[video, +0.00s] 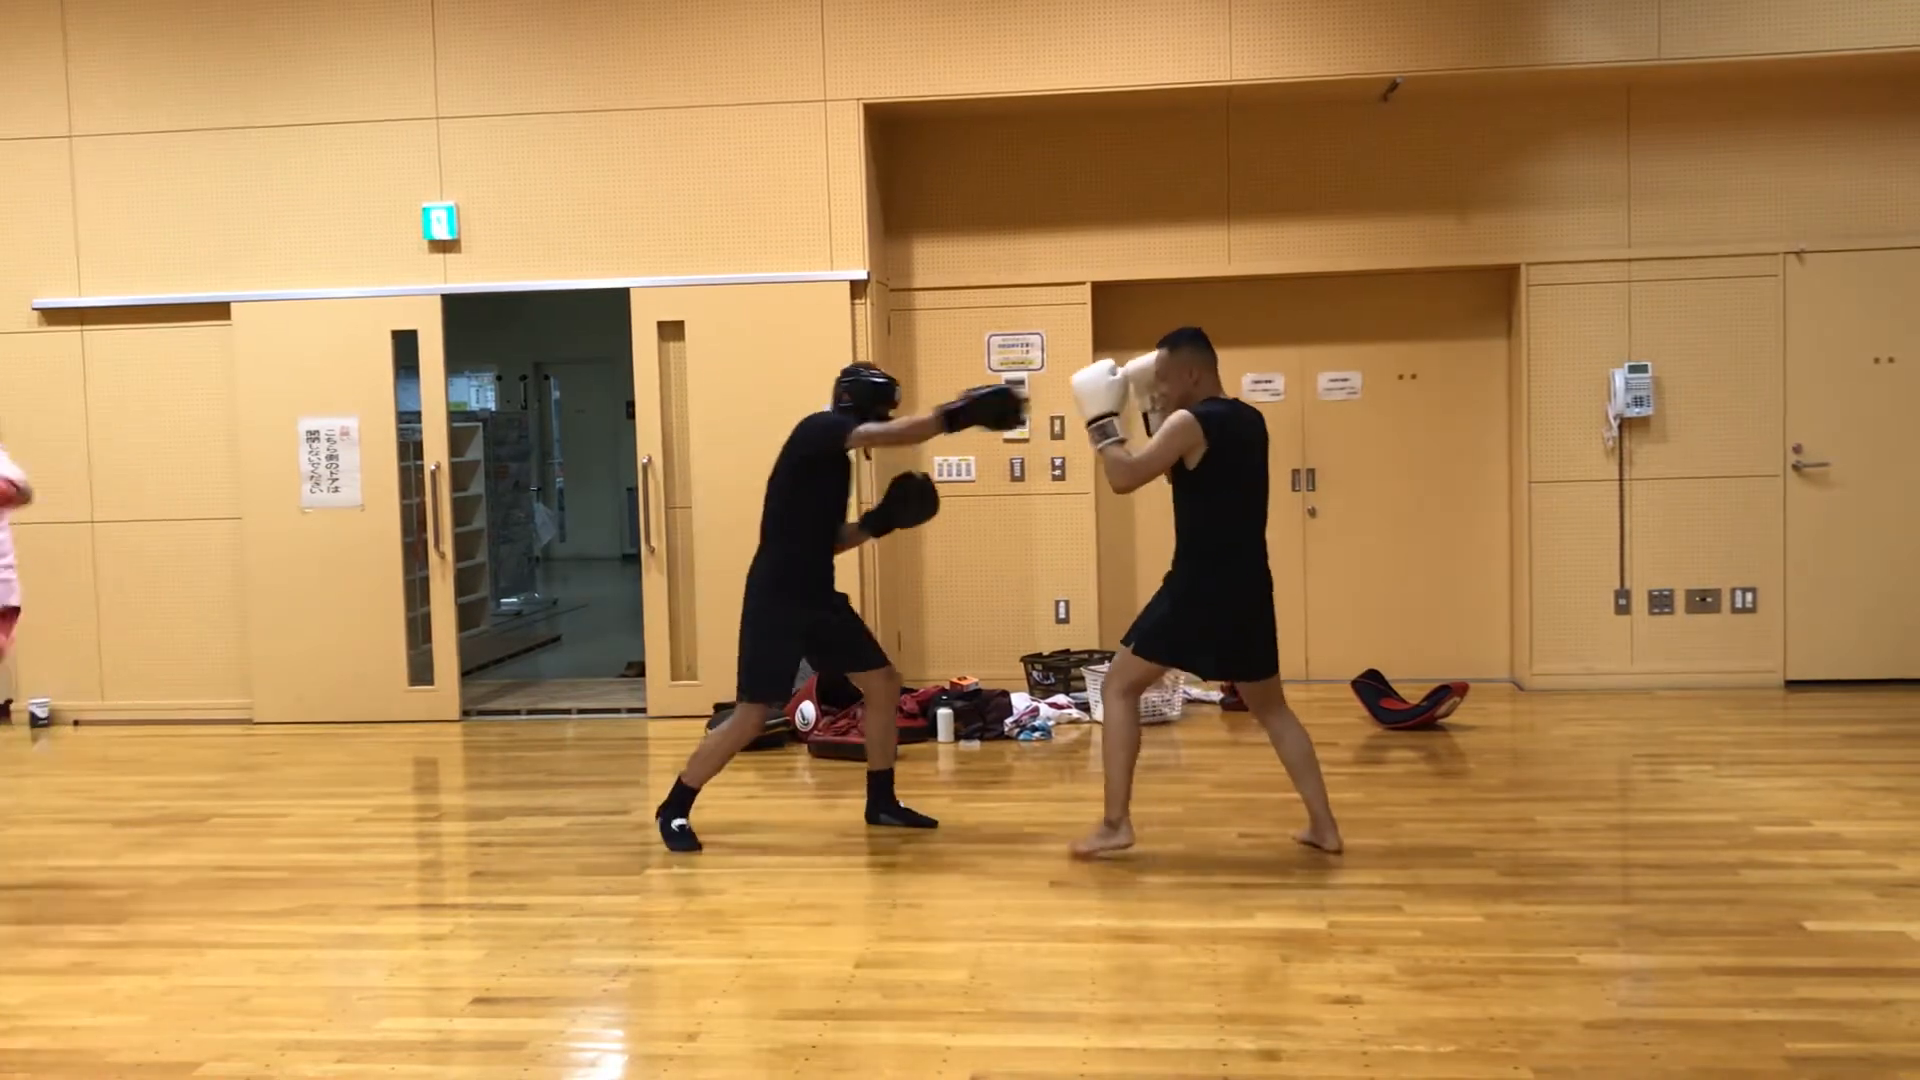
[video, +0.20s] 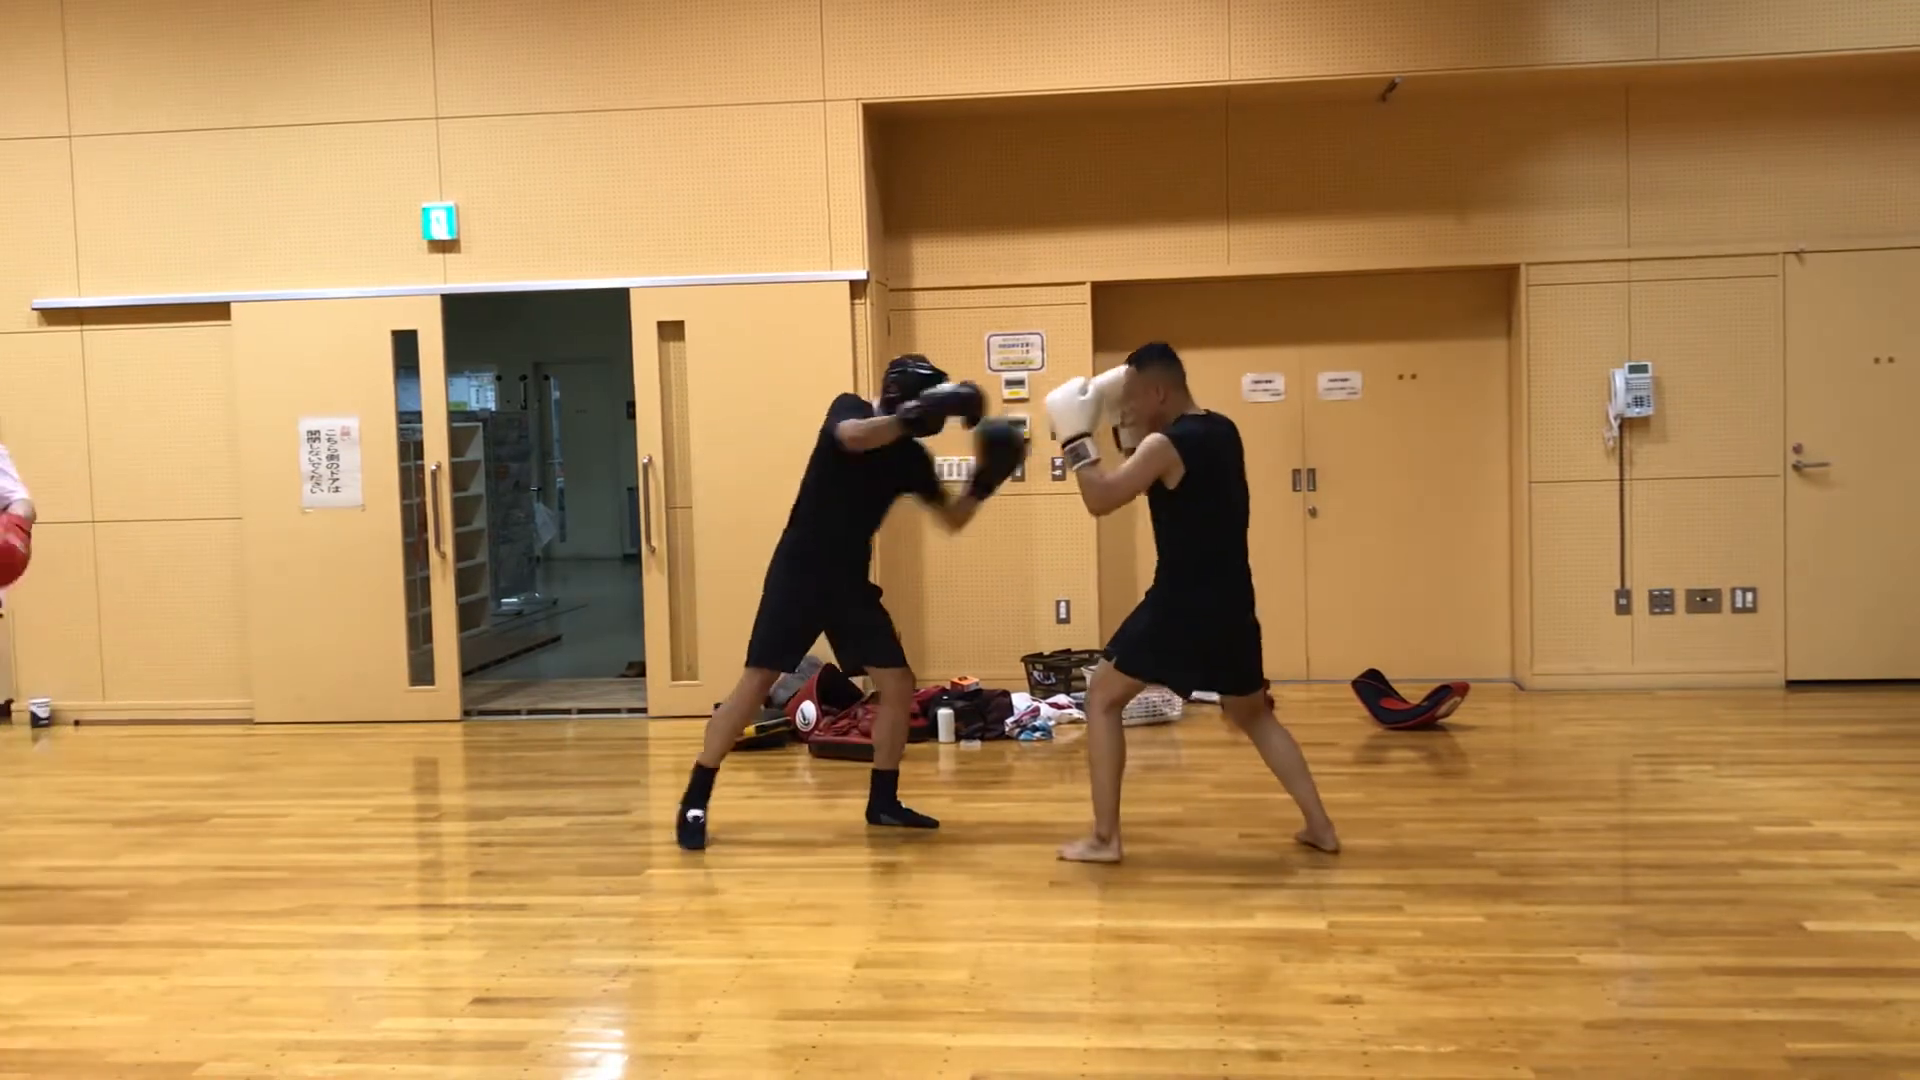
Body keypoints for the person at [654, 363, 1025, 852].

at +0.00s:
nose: (887, 419)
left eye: (888, 411)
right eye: (883, 410)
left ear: (847, 403)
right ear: (857, 402)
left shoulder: (834, 457)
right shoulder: (819, 428)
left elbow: (825, 543)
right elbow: (896, 433)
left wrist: (881, 519)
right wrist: (959, 414)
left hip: (817, 594)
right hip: (777, 594)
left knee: (882, 684)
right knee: (752, 716)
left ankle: (881, 802)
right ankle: (673, 810)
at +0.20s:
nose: (928, 415)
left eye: (932, 408)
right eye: (924, 404)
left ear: (927, 412)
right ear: (900, 395)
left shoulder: (913, 457)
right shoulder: (851, 407)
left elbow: (952, 518)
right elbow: (852, 436)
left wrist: (988, 474)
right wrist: (921, 414)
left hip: (849, 580)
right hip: (799, 570)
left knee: (898, 686)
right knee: (756, 684)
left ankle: (884, 803)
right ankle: (696, 798)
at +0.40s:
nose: (958, 403)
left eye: (963, 396)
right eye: (949, 393)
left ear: (963, 396)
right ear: (920, 384)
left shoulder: (949, 434)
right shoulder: (875, 404)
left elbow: (1003, 445)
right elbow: (819, 439)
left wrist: (1038, 417)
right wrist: (872, 427)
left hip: (879, 573)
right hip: (823, 561)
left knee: (904, 681)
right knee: (786, 667)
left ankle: (886, 801)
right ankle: (763, 779)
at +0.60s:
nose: (948, 397)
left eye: (951, 388)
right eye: (938, 388)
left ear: (950, 387)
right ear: (905, 387)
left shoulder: (950, 435)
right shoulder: (867, 418)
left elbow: (977, 509)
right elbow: (835, 482)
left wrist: (991, 475)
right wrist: (889, 454)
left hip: (914, 561)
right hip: (863, 560)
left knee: (934, 667)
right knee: (856, 671)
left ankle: (900, 784)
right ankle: (868, 763)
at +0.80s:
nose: (940, 385)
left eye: (944, 376)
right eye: (930, 377)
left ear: (949, 374)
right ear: (903, 376)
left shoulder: (958, 414)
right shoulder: (875, 415)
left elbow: (985, 474)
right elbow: (858, 487)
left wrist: (960, 447)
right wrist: (900, 453)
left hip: (949, 546)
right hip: (898, 550)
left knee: (975, 644)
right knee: (882, 657)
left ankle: (968, 764)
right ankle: (874, 767)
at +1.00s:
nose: (989, 392)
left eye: (994, 382)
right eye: (980, 382)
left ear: (997, 383)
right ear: (952, 382)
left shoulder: (1006, 429)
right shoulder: (921, 423)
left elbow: (1032, 501)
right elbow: (895, 493)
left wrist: (1019, 458)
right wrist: (930, 461)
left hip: (986, 559)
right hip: (934, 560)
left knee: (1031, 656)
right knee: (911, 662)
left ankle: (1083, 752)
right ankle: (912, 764)